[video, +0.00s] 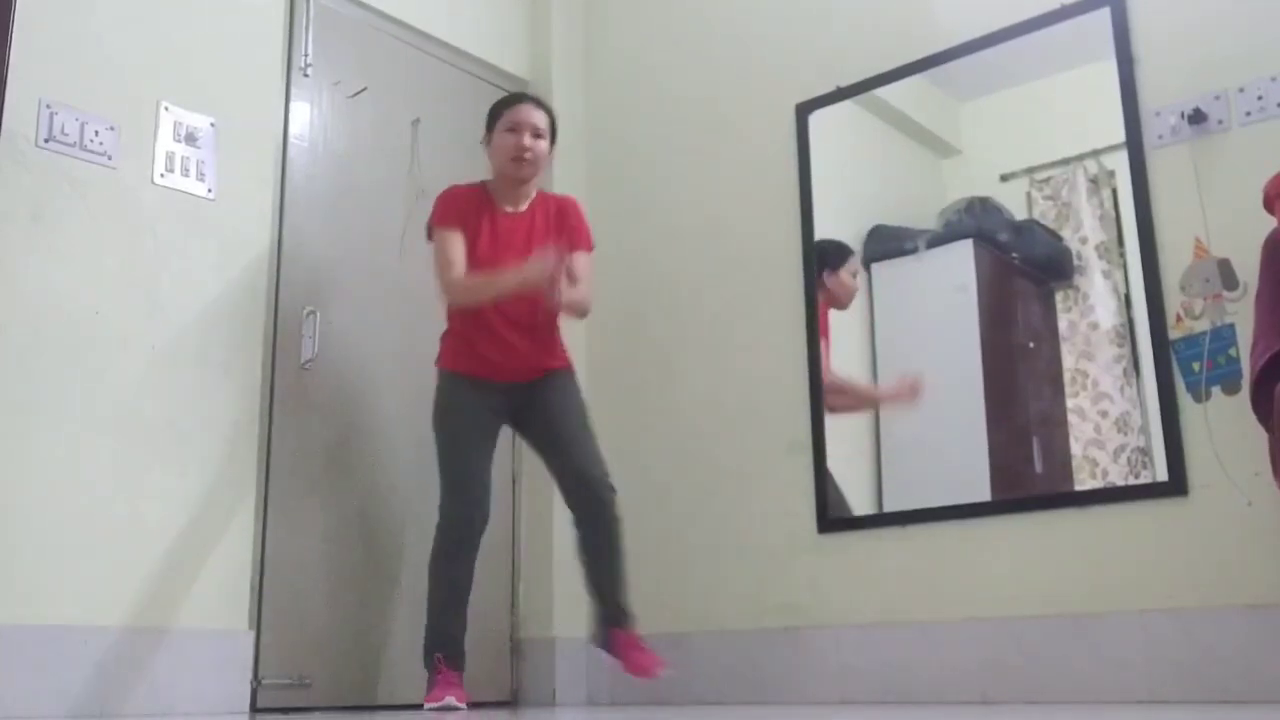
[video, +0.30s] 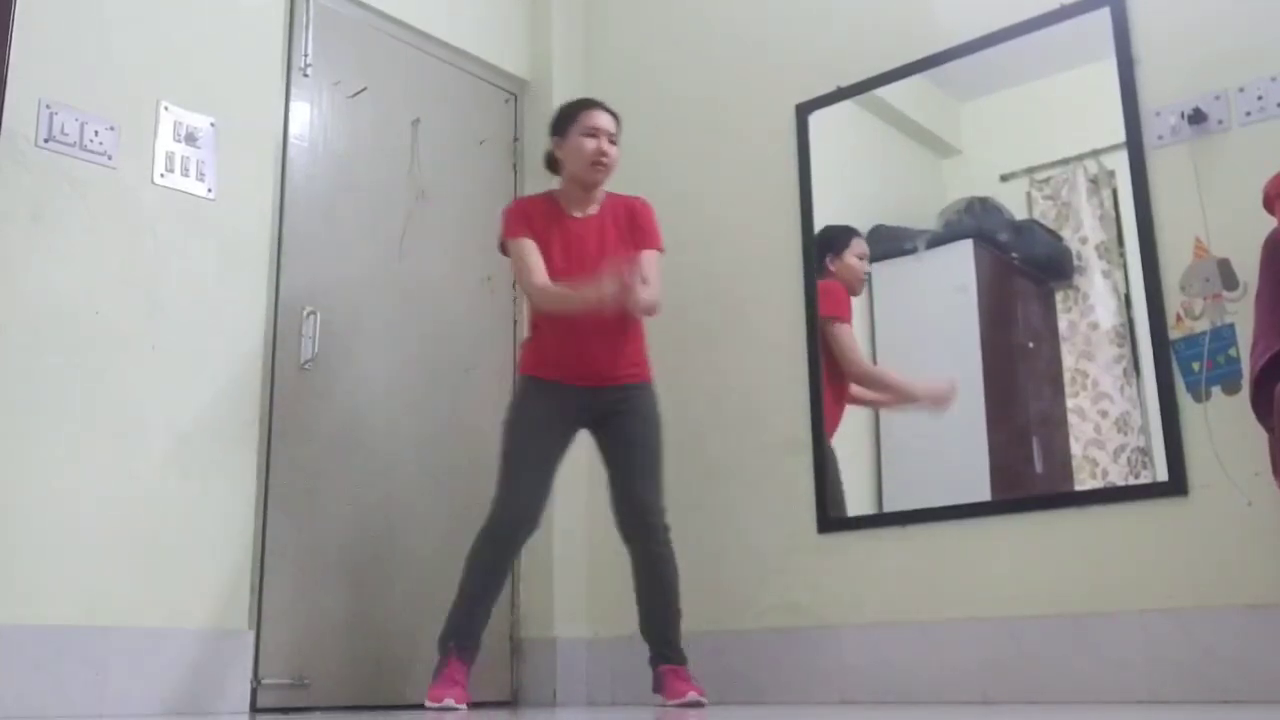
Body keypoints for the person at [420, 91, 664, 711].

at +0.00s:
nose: (526, 142)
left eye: (538, 134)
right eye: (514, 130)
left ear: (551, 150)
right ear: (489, 142)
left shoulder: (565, 213)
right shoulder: (458, 203)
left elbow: (581, 301)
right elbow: (455, 291)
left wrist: (562, 286)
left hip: (544, 377)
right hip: (470, 379)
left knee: (595, 496)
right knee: (464, 516)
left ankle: (616, 626)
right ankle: (445, 671)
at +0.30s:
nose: (603, 146)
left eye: (611, 138)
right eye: (590, 135)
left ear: (618, 154)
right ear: (556, 147)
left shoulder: (634, 213)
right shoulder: (526, 212)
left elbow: (649, 299)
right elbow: (539, 295)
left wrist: (623, 284)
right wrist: (612, 290)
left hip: (625, 388)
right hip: (548, 387)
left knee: (646, 521)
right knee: (512, 518)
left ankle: (670, 666)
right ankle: (454, 664)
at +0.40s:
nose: (628, 151)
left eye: (635, 142)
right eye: (613, 139)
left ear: (641, 157)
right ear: (580, 151)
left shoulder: (658, 218)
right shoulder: (549, 222)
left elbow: (674, 298)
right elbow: (557, 303)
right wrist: (578, 373)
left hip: (647, 383)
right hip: (576, 382)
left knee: (664, 525)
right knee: (557, 505)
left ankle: (673, 668)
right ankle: (490, 643)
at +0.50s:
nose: (638, 148)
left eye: (647, 140)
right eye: (624, 136)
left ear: (655, 156)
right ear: (594, 150)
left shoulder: (673, 219)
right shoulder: (564, 222)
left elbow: (700, 313)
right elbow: (553, 320)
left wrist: (718, 398)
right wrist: (542, 410)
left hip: (664, 385)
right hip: (588, 383)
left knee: (670, 523)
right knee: (600, 493)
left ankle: (673, 667)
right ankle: (553, 627)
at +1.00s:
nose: (631, 149)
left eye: (643, 141)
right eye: (619, 140)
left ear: (658, 157)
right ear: (598, 153)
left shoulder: (683, 217)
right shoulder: (579, 229)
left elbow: (715, 301)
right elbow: (560, 324)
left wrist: (702, 366)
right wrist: (541, 404)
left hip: (677, 390)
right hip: (603, 393)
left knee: (675, 525)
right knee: (584, 505)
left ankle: (676, 667)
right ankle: (620, 608)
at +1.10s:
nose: (621, 149)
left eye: (633, 140)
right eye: (610, 141)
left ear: (654, 154)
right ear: (593, 154)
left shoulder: (677, 212)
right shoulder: (576, 227)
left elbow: (689, 291)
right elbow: (544, 305)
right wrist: (524, 342)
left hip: (669, 388)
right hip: (595, 389)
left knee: (667, 522)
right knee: (546, 493)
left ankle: (674, 666)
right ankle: (579, 608)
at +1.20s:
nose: (601, 146)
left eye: (614, 135)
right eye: (591, 137)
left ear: (640, 144)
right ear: (579, 149)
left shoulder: (660, 196)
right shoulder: (563, 216)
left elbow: (660, 250)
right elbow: (510, 288)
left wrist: (559, 249)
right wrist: (512, 268)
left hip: (652, 378)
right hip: (578, 379)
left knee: (657, 518)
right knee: (520, 493)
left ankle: (674, 667)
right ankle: (509, 640)